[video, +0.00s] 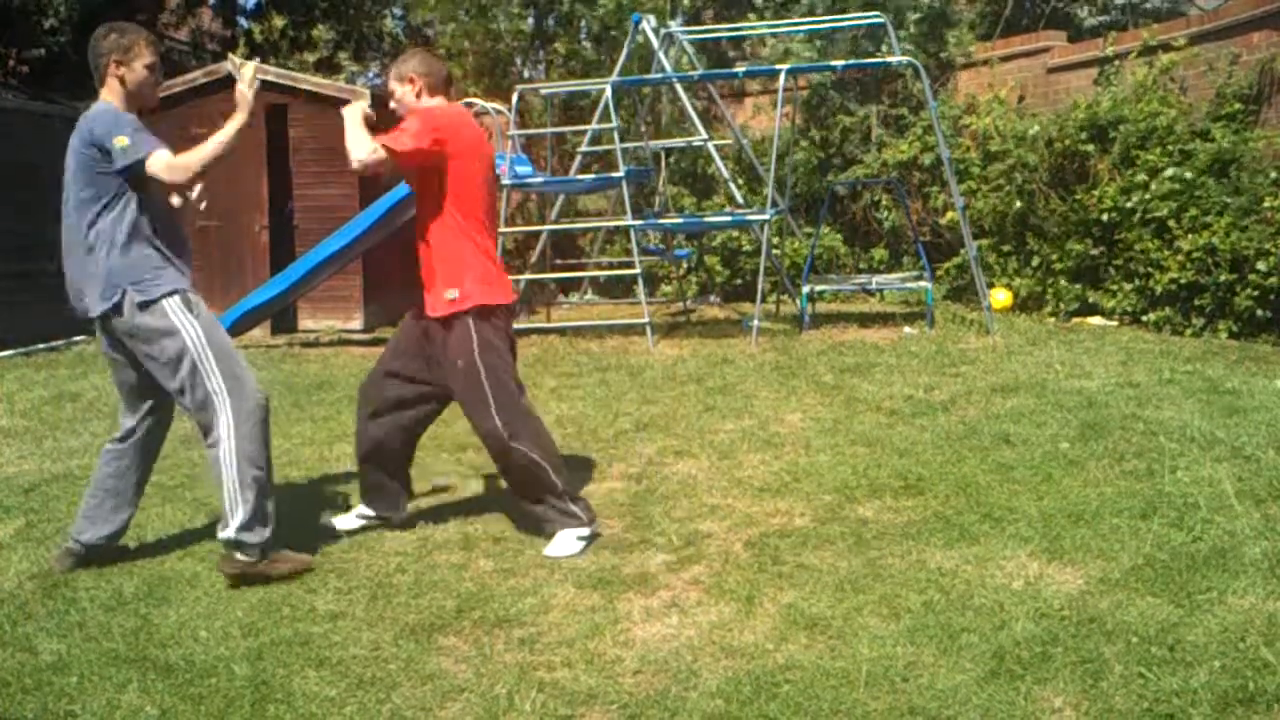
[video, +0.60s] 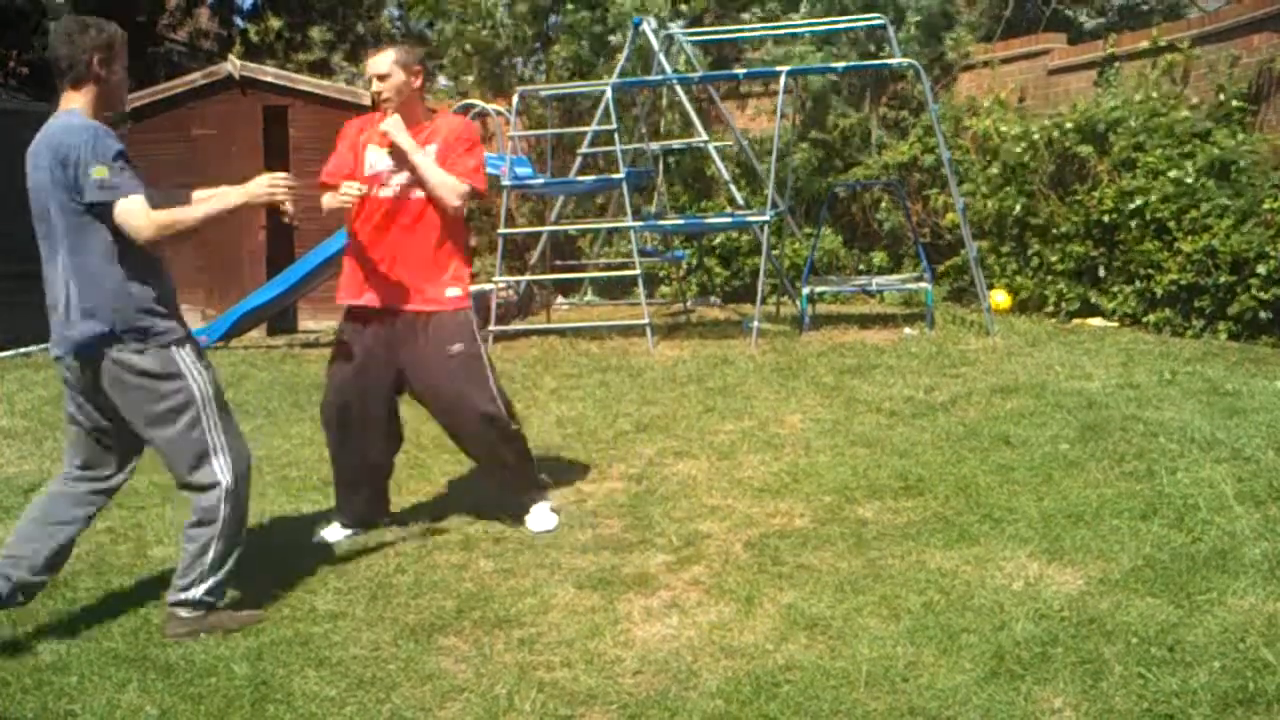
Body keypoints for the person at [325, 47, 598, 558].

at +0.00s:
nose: (394, 104)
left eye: (396, 94)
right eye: (393, 95)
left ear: (415, 86)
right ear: (437, 87)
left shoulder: (442, 121)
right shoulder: (466, 128)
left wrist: (353, 117)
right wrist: (377, 125)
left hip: (470, 299)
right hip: (440, 302)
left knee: (501, 416)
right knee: (383, 397)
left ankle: (569, 518)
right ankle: (383, 504)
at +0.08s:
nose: (385, 105)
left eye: (387, 97)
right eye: (385, 99)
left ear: (403, 91)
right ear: (433, 93)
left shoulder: (416, 117)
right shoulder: (468, 137)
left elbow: (318, 126)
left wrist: (285, 109)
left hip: (449, 300)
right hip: (438, 301)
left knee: (493, 415)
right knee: (386, 400)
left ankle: (569, 519)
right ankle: (363, 511)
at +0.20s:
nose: (361, 102)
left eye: (365, 93)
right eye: (361, 93)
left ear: (388, 91)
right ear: (407, 93)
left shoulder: (383, 124)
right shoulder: (442, 138)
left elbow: (323, 186)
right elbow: (454, 216)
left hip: (421, 297)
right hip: (415, 298)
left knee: (472, 406)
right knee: (360, 398)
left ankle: (558, 511)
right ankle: (363, 513)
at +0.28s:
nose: (341, 89)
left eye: (349, 80)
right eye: (343, 80)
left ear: (378, 84)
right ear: (380, 85)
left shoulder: (387, 122)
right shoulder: (404, 124)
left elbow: (376, 209)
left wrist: (330, 244)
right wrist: (358, 140)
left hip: (421, 291)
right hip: (389, 296)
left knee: (455, 401)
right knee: (354, 398)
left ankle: (543, 507)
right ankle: (362, 514)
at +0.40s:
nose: (343, 77)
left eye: (352, 67)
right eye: (340, 69)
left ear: (386, 72)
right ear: (345, 79)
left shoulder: (416, 114)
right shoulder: (341, 125)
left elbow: (437, 182)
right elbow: (287, 144)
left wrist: (370, 189)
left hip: (425, 283)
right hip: (371, 289)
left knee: (438, 400)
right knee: (348, 395)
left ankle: (508, 503)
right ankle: (360, 510)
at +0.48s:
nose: (352, 77)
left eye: (361, 67)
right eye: (350, 70)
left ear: (394, 70)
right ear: (353, 77)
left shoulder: (433, 116)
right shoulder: (348, 120)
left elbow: (437, 181)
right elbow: (298, 134)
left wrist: (373, 151)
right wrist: (268, 113)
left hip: (426, 289)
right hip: (368, 293)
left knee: (442, 398)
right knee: (346, 397)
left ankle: (511, 497)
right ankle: (359, 512)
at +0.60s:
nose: (373, 88)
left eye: (382, 78)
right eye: (369, 79)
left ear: (416, 78)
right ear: (371, 82)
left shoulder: (455, 131)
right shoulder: (359, 131)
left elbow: (456, 198)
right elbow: (326, 197)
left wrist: (406, 145)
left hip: (438, 307)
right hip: (368, 308)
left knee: (477, 414)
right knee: (348, 413)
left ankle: (531, 496)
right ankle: (358, 514)